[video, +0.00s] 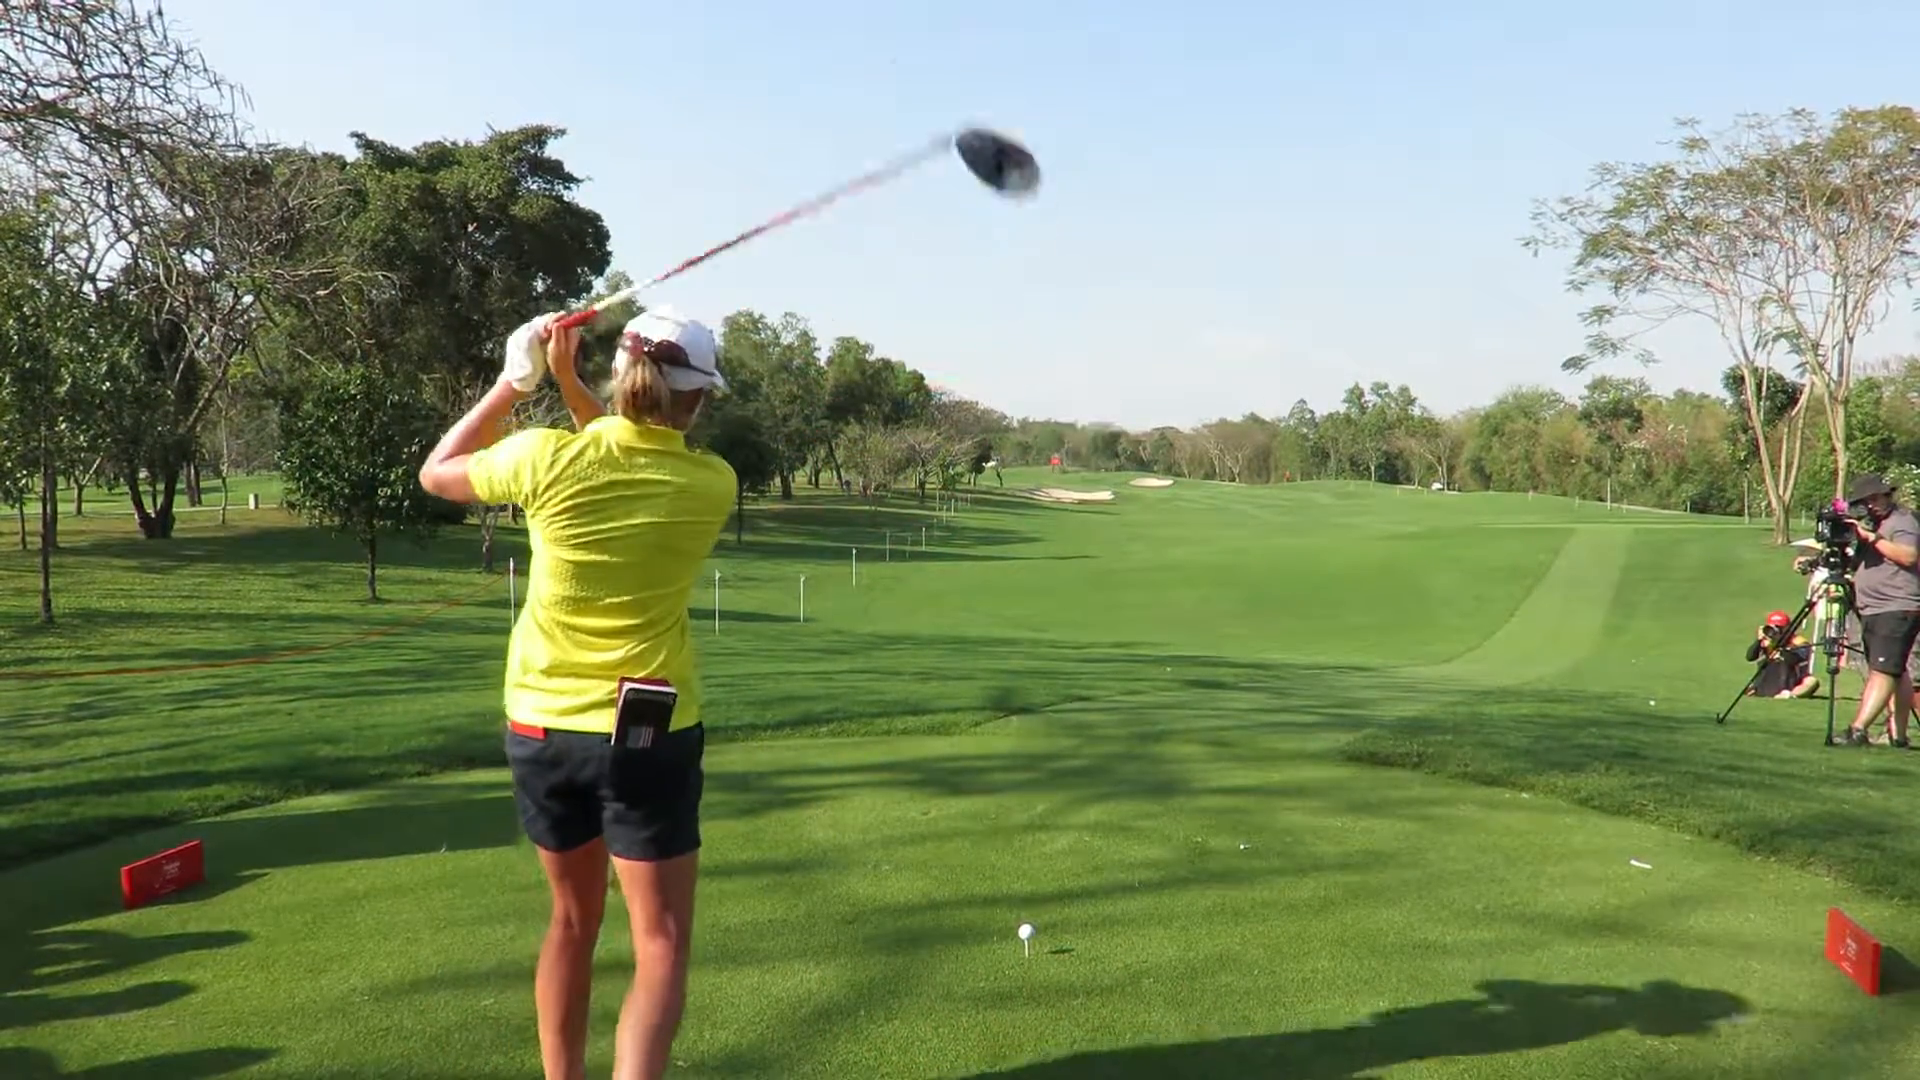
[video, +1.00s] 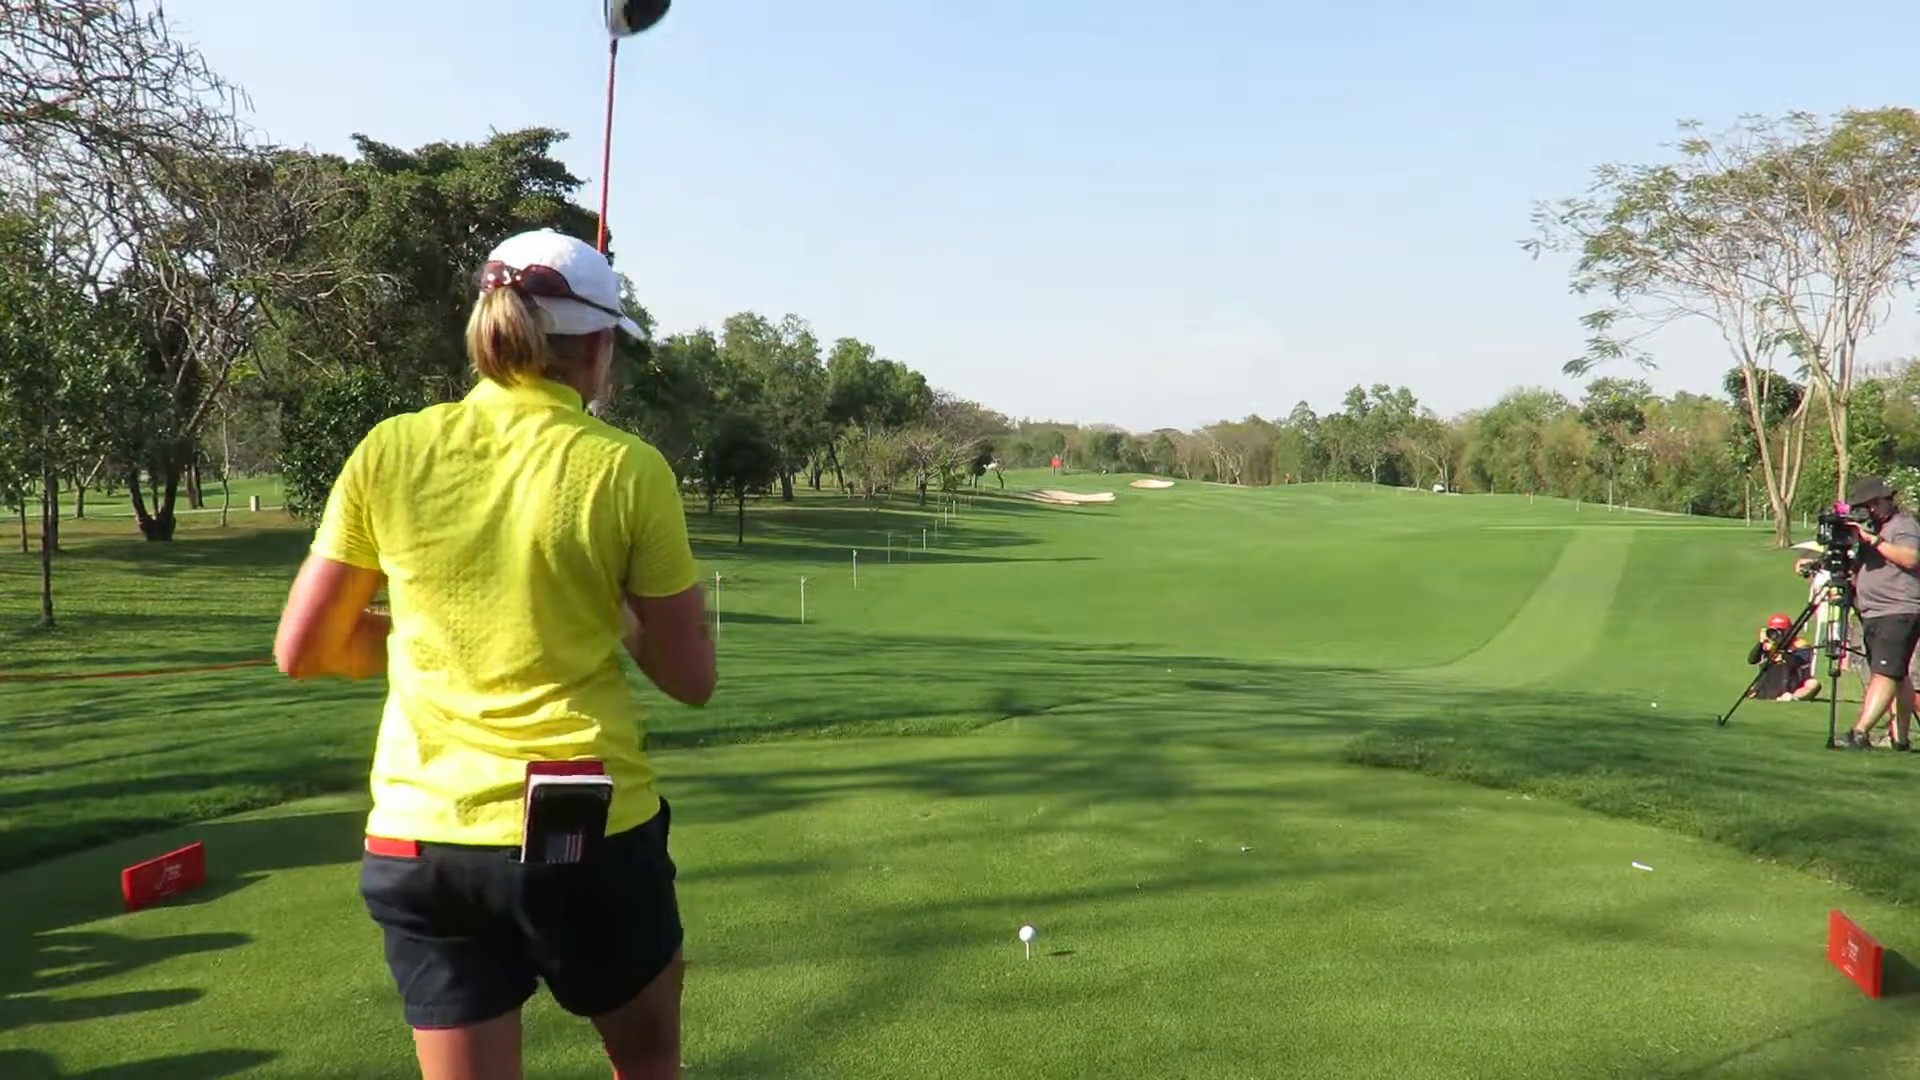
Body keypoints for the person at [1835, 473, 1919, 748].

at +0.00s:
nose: (1869, 508)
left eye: (1872, 501)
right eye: (1864, 504)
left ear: (1886, 497)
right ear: (1863, 506)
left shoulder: (1902, 521)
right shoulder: (1873, 525)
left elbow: (1909, 556)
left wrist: (1872, 538)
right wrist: (1845, 535)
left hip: (1898, 607)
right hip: (1873, 608)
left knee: (1883, 668)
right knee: (1892, 672)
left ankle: (1858, 728)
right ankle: (1898, 734)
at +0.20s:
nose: (1868, 509)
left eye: (1872, 502)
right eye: (1864, 505)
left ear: (1886, 498)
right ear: (1864, 507)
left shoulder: (1902, 522)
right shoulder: (1876, 528)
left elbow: (1910, 558)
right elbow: (1867, 568)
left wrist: (1873, 540)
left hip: (1897, 609)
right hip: (1875, 610)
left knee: (1884, 670)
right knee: (1894, 674)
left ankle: (1858, 729)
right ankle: (1899, 734)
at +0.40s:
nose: (1870, 509)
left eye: (1874, 502)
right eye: (1866, 505)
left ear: (1887, 498)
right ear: (1864, 507)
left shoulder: (1903, 522)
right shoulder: (1874, 528)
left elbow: (1910, 558)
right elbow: (1863, 568)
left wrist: (1872, 540)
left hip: (1898, 609)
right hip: (1874, 611)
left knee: (1884, 670)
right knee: (1895, 675)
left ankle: (1858, 730)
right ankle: (1899, 736)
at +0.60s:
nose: (1869, 511)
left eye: (1872, 504)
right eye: (1865, 507)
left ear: (1885, 500)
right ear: (1864, 508)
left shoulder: (1902, 523)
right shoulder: (1875, 528)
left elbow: (1910, 558)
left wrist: (1872, 541)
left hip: (1899, 609)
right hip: (1875, 610)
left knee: (1884, 670)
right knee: (1895, 675)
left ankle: (1859, 730)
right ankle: (1899, 736)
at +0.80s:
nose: (1869, 511)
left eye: (1872, 504)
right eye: (1865, 507)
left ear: (1887, 499)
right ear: (1864, 508)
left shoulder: (1904, 524)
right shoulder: (1873, 529)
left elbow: (1911, 559)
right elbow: (1859, 566)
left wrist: (1872, 540)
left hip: (1899, 610)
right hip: (1874, 612)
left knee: (1884, 671)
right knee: (1897, 677)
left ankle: (1859, 730)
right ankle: (1899, 737)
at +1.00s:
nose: (1870, 511)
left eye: (1874, 504)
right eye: (1865, 507)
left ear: (1889, 500)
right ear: (1863, 509)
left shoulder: (1903, 524)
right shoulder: (1874, 530)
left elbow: (1911, 559)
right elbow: (1863, 572)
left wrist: (1873, 541)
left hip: (1899, 611)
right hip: (1875, 613)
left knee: (1885, 671)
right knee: (1896, 677)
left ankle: (1859, 731)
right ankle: (1900, 738)